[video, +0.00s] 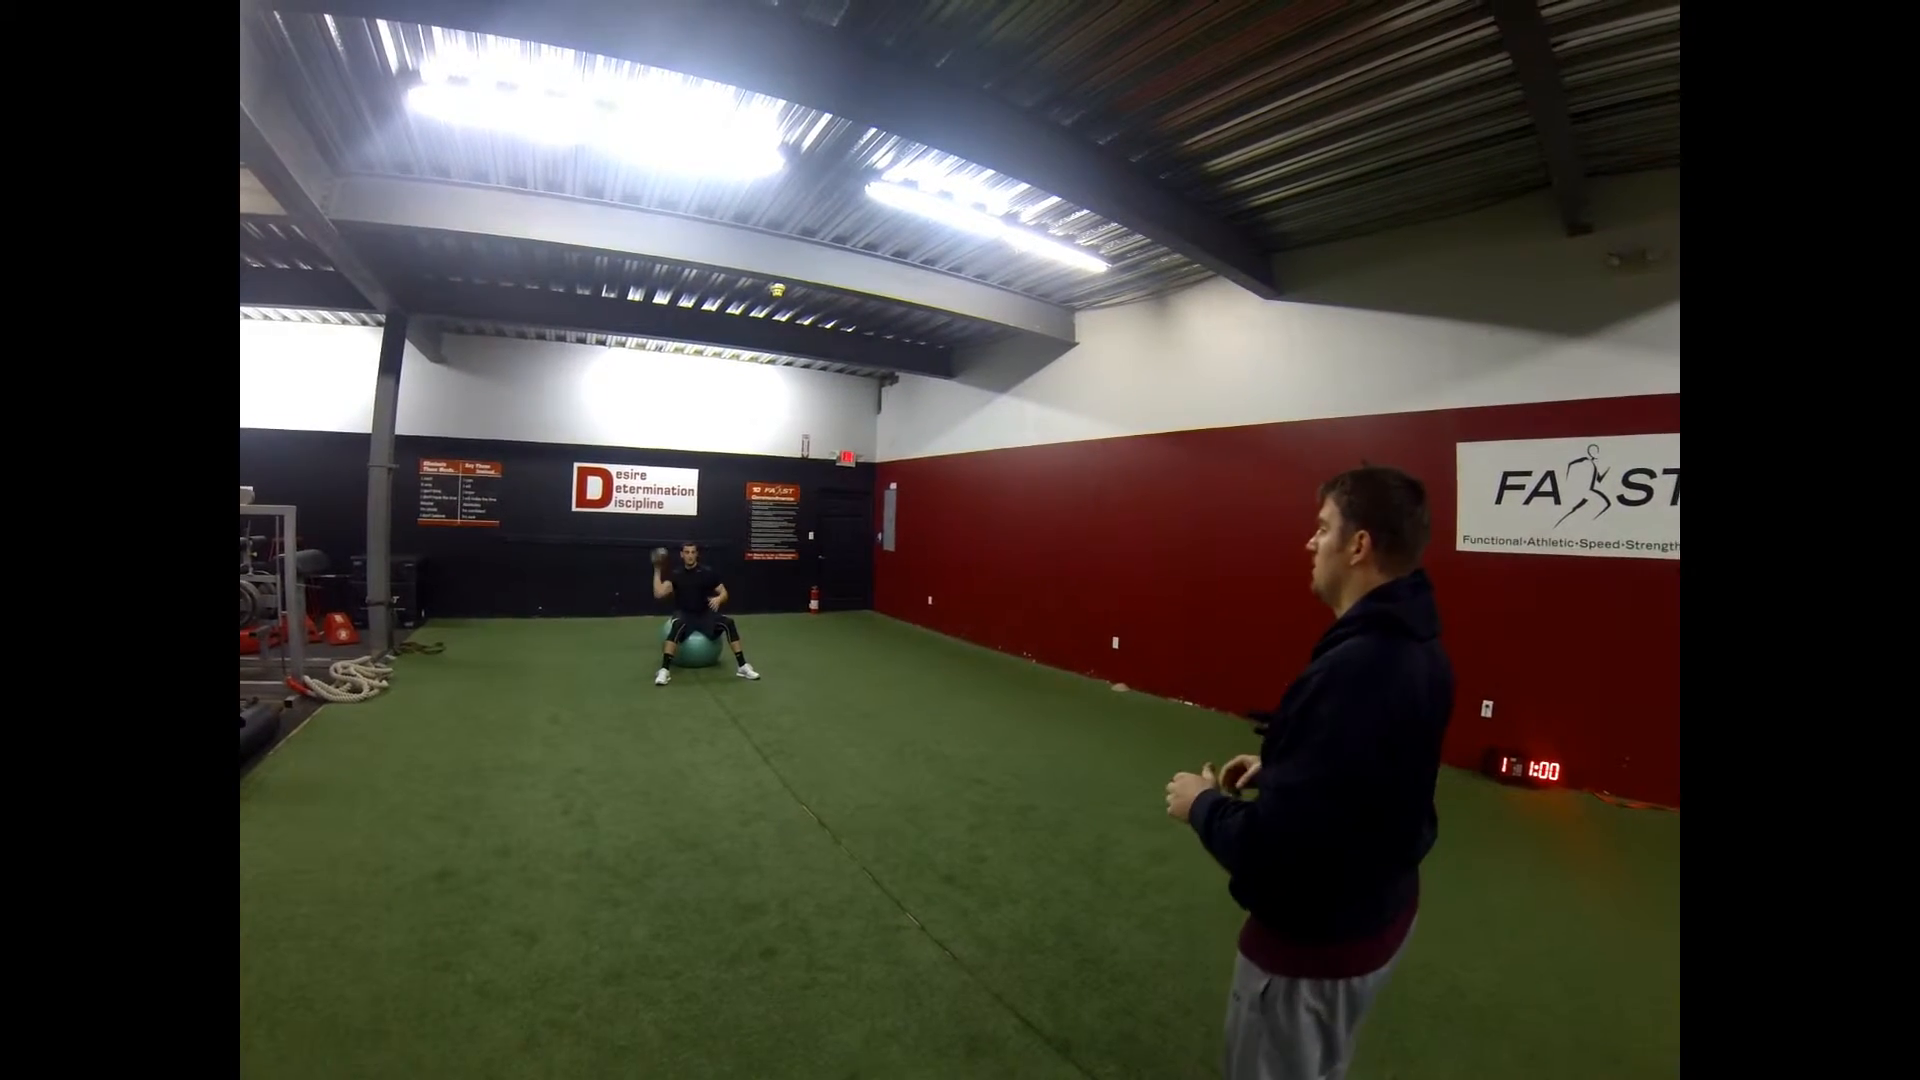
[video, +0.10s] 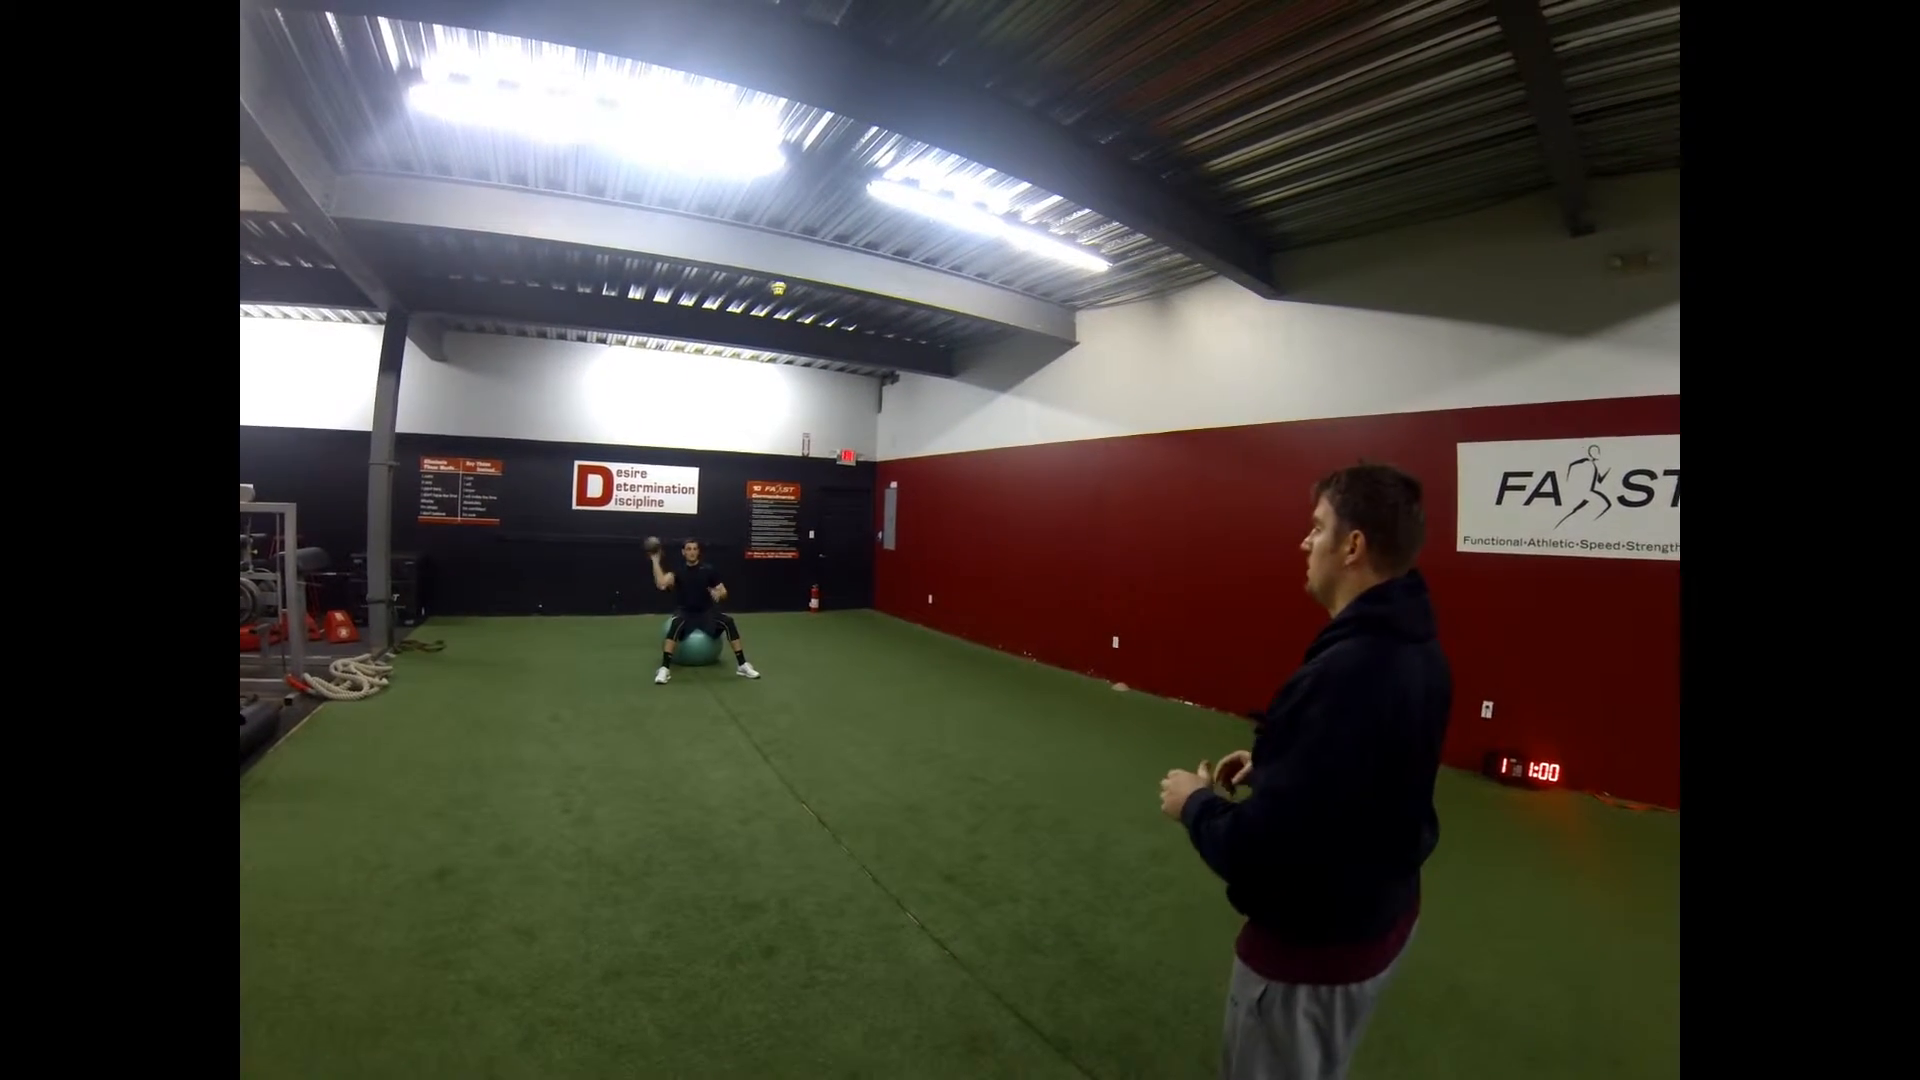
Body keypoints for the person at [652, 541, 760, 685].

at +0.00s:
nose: (690, 555)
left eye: (693, 552)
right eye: (687, 552)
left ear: (697, 554)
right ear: (682, 554)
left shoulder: (707, 572)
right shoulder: (677, 574)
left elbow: (724, 593)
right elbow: (659, 593)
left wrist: (718, 599)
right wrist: (657, 569)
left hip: (705, 615)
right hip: (684, 616)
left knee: (728, 623)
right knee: (677, 625)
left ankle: (742, 666)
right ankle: (664, 670)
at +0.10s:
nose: (691, 552)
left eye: (694, 549)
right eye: (688, 549)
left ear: (699, 552)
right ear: (683, 552)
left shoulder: (708, 570)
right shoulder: (678, 571)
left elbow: (723, 591)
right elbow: (661, 583)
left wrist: (718, 594)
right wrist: (655, 560)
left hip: (706, 613)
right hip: (685, 613)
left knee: (728, 622)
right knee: (676, 623)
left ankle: (742, 664)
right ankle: (664, 668)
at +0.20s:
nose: (691, 549)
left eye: (694, 547)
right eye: (688, 546)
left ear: (699, 549)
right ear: (684, 549)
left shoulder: (708, 568)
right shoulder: (680, 567)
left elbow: (721, 592)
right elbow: (670, 572)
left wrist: (714, 588)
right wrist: (663, 551)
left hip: (706, 612)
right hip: (685, 612)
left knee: (728, 621)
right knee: (677, 622)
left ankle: (743, 664)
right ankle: (665, 667)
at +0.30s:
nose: (694, 545)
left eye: (696, 542)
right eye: (691, 542)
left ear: (702, 545)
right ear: (686, 545)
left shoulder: (710, 565)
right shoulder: (679, 562)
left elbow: (719, 589)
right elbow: (673, 575)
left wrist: (708, 587)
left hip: (708, 610)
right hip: (687, 609)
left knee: (730, 619)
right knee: (678, 619)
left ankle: (744, 662)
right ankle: (666, 665)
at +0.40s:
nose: (694, 543)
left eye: (697, 540)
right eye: (691, 540)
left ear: (702, 543)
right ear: (687, 543)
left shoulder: (711, 564)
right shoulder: (679, 563)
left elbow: (718, 589)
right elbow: (675, 584)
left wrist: (705, 589)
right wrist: (696, 579)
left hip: (708, 607)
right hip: (686, 606)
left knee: (730, 616)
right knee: (677, 617)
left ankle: (744, 660)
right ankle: (666, 663)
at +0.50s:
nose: (695, 547)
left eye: (698, 544)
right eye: (692, 544)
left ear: (702, 547)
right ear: (687, 546)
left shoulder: (710, 568)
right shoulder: (679, 568)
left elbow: (717, 593)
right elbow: (673, 595)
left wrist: (708, 599)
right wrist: (691, 594)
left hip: (707, 608)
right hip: (686, 609)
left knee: (729, 617)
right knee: (676, 618)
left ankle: (743, 660)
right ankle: (664, 663)